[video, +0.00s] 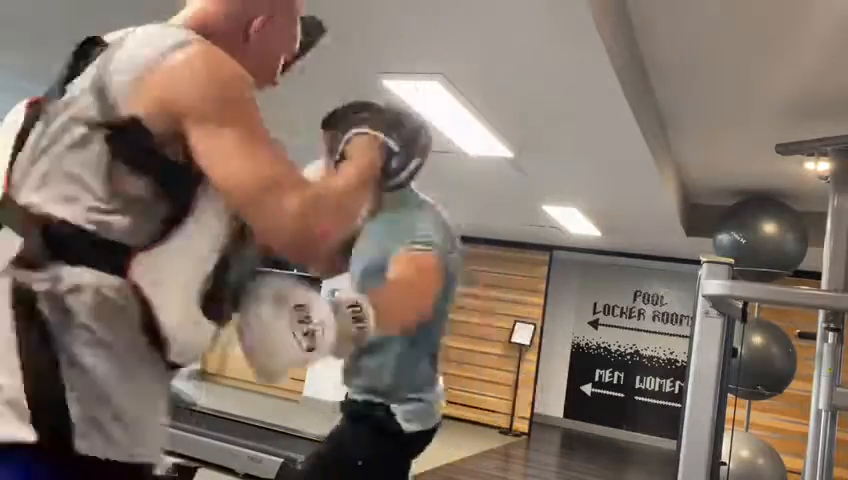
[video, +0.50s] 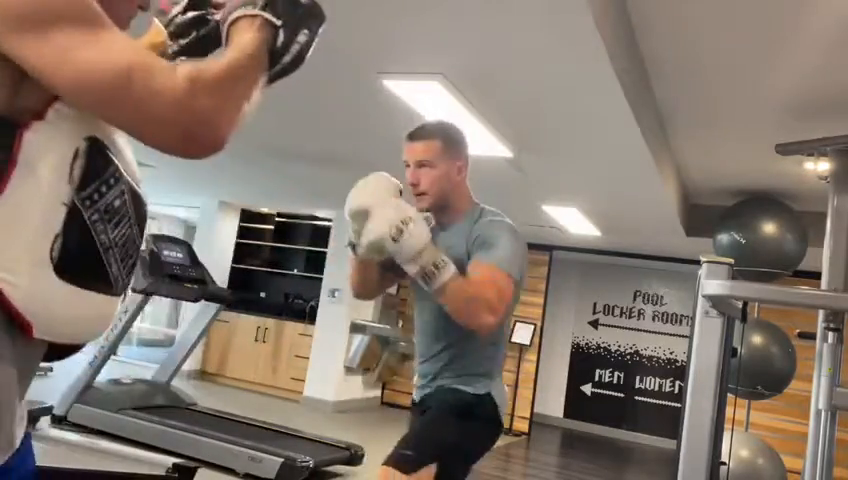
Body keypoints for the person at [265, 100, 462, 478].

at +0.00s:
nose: (326, 168)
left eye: (335, 155)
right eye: (327, 155)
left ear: (369, 157)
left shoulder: (418, 222)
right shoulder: (373, 220)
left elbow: (411, 299)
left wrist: (326, 320)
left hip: (393, 413)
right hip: (370, 403)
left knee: (316, 473)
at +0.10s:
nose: (363, 172)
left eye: (375, 157)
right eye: (360, 159)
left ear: (412, 155)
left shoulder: (447, 222)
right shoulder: (370, 222)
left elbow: (450, 304)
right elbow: (315, 273)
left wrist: (364, 292)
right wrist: (323, 219)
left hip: (412, 404)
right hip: (373, 395)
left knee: (343, 471)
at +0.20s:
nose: (388, 162)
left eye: (402, 149)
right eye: (385, 150)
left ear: (440, 151)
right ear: (381, 150)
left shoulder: (476, 220)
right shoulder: (398, 214)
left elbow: (471, 296)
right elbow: (331, 263)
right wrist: (354, 204)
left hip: (431, 396)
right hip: (394, 386)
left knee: (368, 471)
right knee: (415, 475)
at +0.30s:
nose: (403, 174)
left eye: (417, 162)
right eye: (398, 163)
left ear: (454, 163)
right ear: (393, 163)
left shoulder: (485, 227)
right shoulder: (413, 225)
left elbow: (479, 303)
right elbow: (348, 277)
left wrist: (424, 234)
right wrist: (364, 228)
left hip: (452, 401)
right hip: (414, 395)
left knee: (393, 473)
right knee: (446, 475)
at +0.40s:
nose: (410, 173)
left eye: (423, 161)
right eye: (406, 161)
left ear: (458, 162)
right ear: (401, 162)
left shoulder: (491, 221)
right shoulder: (422, 222)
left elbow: (492, 292)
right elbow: (366, 287)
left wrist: (431, 236)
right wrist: (374, 235)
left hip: (461, 394)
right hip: (420, 387)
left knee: (403, 473)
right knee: (431, 475)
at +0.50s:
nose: (412, 179)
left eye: (424, 166)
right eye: (408, 167)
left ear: (460, 169)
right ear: (404, 170)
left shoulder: (496, 232)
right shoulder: (421, 228)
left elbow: (485, 315)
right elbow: (364, 288)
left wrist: (421, 256)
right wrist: (368, 232)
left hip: (471, 400)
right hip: (429, 395)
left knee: (393, 474)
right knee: (428, 475)